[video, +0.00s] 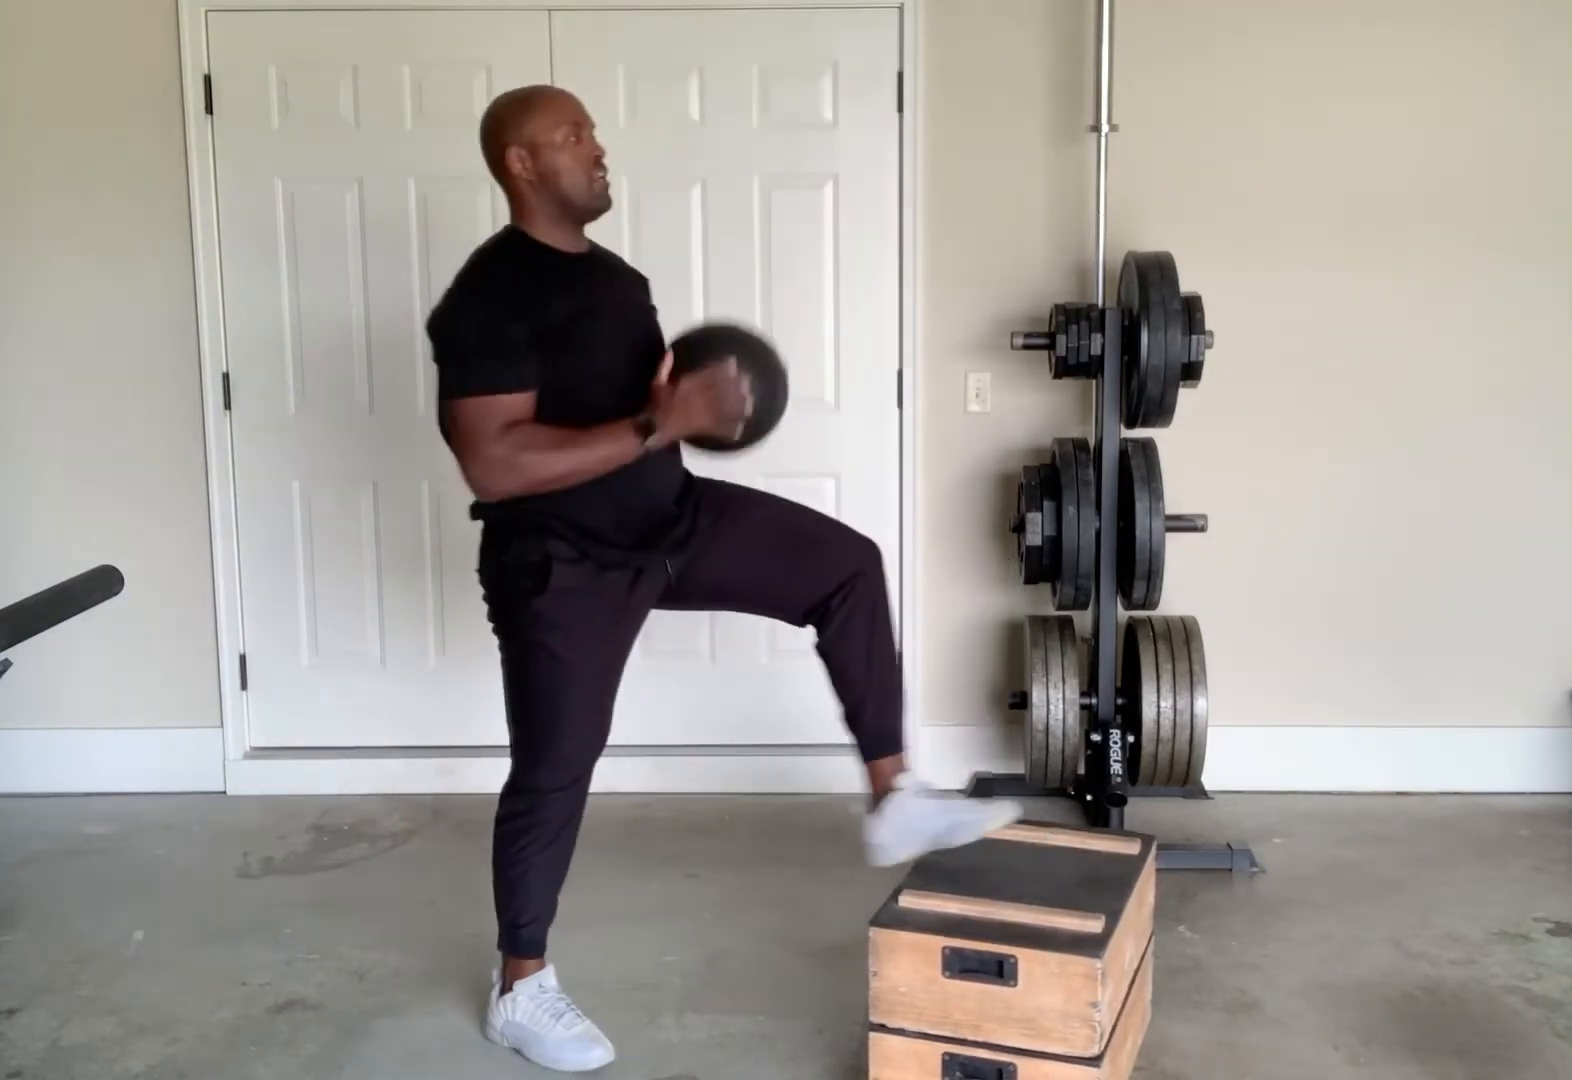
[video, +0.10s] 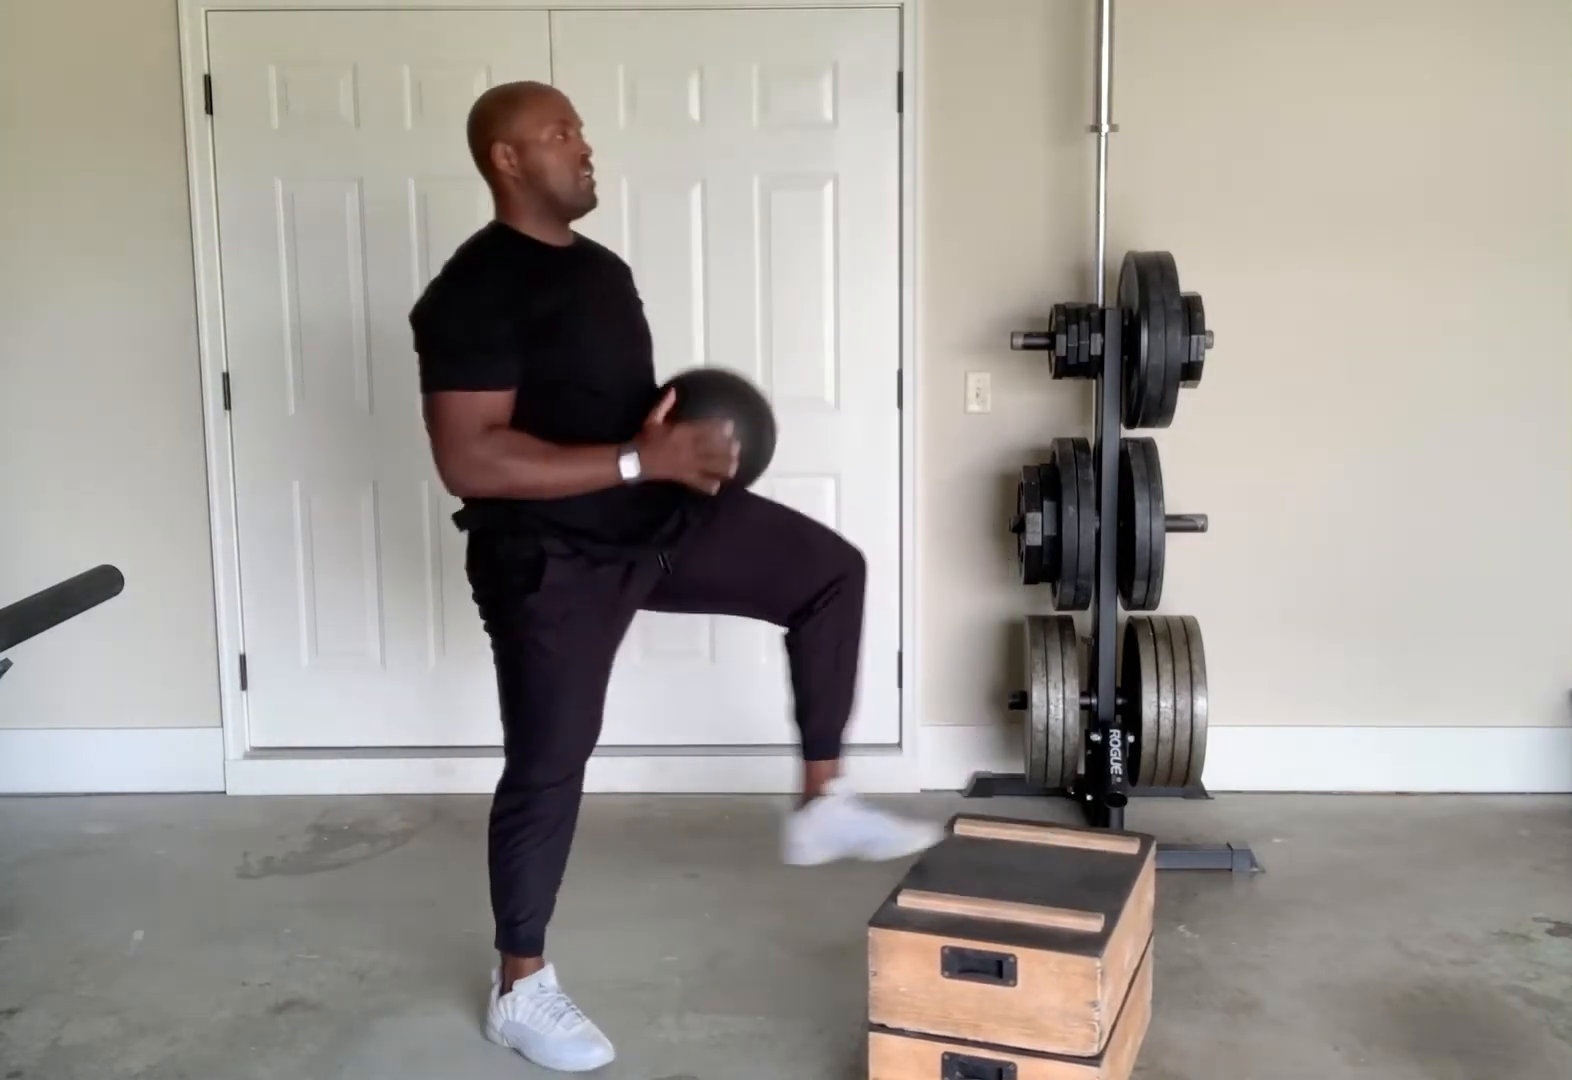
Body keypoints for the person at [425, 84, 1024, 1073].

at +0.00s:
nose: (601, 149)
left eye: (593, 132)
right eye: (579, 136)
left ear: (545, 162)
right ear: (521, 163)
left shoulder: (615, 280)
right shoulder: (481, 302)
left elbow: (623, 407)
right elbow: (491, 465)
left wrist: (694, 404)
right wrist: (652, 426)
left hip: (668, 521)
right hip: (560, 561)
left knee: (848, 567)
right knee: (554, 770)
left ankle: (892, 799)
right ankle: (521, 982)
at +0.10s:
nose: (586, 148)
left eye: (581, 131)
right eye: (562, 134)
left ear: (540, 158)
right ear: (505, 161)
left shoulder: (600, 270)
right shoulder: (469, 293)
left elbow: (622, 408)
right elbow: (467, 462)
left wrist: (687, 433)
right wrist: (637, 458)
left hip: (653, 519)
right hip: (548, 556)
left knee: (832, 575)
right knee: (546, 767)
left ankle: (822, 803)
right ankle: (522, 984)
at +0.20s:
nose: (572, 148)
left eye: (568, 132)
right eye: (551, 135)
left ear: (530, 159)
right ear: (490, 158)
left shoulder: (588, 275)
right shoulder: (454, 299)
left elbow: (598, 421)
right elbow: (452, 464)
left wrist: (668, 450)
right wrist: (618, 494)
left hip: (630, 539)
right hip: (532, 563)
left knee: (799, 611)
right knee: (531, 767)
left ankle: (721, 812)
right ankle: (518, 981)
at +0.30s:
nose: (572, 160)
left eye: (569, 143)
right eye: (550, 144)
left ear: (523, 159)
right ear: (490, 159)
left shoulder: (583, 276)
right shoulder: (451, 297)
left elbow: (604, 427)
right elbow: (446, 466)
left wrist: (665, 508)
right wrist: (603, 523)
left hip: (615, 546)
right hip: (518, 564)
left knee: (736, 682)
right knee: (523, 763)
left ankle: (649, 854)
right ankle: (517, 982)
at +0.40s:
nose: (581, 169)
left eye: (581, 153)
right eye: (563, 154)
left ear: (542, 162)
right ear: (500, 163)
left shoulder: (585, 278)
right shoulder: (453, 299)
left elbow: (608, 423)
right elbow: (446, 466)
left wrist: (660, 518)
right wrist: (597, 533)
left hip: (611, 551)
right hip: (517, 565)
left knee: (679, 722)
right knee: (523, 766)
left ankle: (628, 894)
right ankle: (515, 981)